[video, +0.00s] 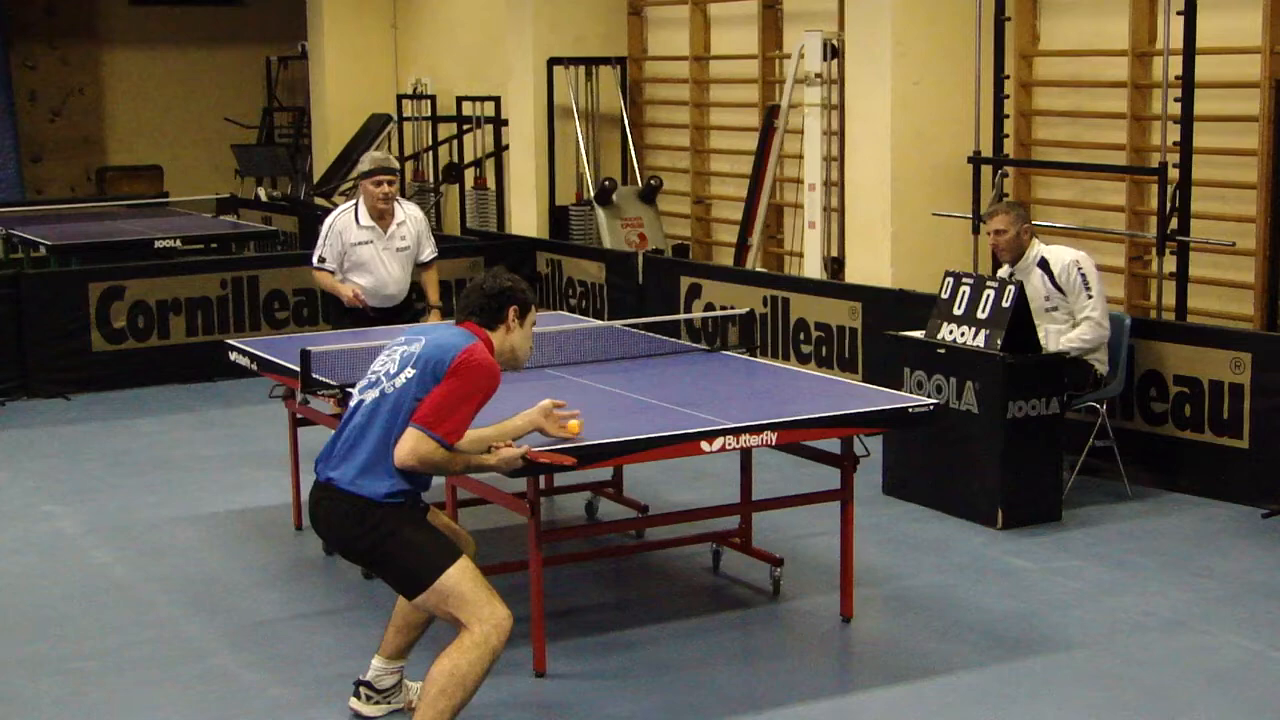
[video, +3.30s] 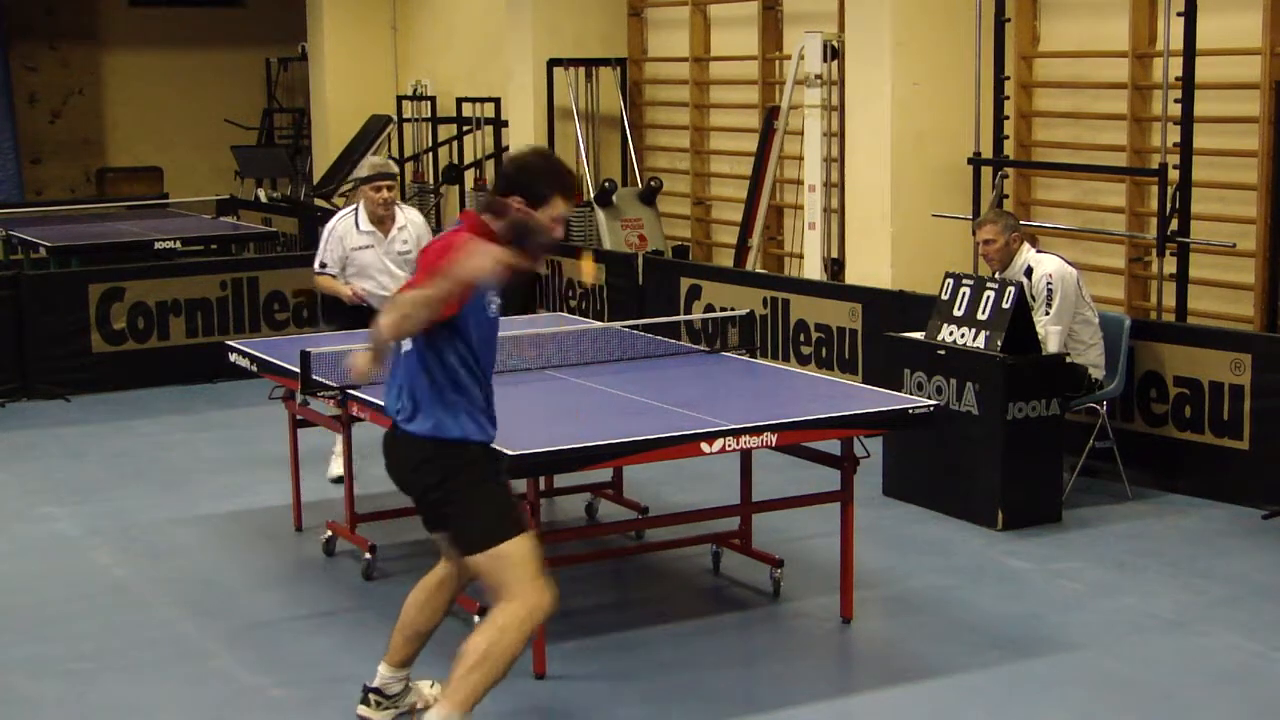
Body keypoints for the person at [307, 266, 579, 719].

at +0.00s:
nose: (530, 342)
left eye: (531, 329)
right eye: (531, 328)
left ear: (473, 312)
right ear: (512, 318)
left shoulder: (424, 337)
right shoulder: (477, 360)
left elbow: (439, 445)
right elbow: (413, 453)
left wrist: (530, 419)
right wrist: (485, 460)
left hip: (335, 490)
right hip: (364, 506)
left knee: (458, 546)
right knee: (491, 621)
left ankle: (381, 682)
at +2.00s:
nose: (522, 324)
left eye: (522, 313)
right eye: (525, 314)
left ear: (467, 296)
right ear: (519, 313)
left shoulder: (420, 327)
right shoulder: (476, 349)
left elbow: (431, 433)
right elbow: (410, 440)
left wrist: (521, 424)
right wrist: (476, 447)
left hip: (325, 478)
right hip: (360, 497)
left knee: (445, 547)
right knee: (480, 619)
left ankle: (379, 684)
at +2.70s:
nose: (528, 302)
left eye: (529, 290)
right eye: (527, 289)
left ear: (471, 283)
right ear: (507, 286)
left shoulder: (426, 316)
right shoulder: (470, 333)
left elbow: (472, 418)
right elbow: (417, 435)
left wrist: (533, 374)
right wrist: (479, 427)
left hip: (340, 478)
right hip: (372, 494)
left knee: (450, 551)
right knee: (487, 622)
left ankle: (380, 684)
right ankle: (425, 714)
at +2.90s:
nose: (526, 240)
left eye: (525, 229)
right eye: (520, 229)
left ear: (476, 232)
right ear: (489, 232)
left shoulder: (417, 275)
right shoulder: (457, 291)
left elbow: (489, 358)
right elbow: (435, 410)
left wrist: (536, 282)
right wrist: (501, 374)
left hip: (363, 461)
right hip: (400, 476)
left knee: (441, 576)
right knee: (489, 619)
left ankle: (380, 685)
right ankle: (424, 715)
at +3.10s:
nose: (531, 195)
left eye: (527, 184)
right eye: (521, 186)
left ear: (488, 200)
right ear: (490, 199)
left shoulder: (471, 260)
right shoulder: (435, 262)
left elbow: (446, 352)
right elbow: (395, 359)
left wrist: (499, 348)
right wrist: (450, 305)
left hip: (433, 448)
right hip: (416, 454)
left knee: (450, 575)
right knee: (489, 618)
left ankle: (387, 684)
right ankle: (425, 714)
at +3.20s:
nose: (546, 206)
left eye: (545, 194)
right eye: (539, 194)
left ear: (500, 199)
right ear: (503, 200)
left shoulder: (481, 257)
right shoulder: (448, 255)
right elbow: (382, 344)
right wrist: (404, 272)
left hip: (448, 444)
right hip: (431, 450)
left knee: (454, 575)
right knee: (491, 618)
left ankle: (389, 688)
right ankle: (423, 714)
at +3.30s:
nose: (561, 232)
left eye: (564, 221)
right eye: (558, 219)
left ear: (514, 204)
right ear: (519, 206)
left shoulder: (475, 240)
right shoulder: (473, 252)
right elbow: (406, 308)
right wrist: (378, 344)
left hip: (419, 440)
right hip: (446, 446)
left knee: (457, 565)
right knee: (530, 595)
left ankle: (387, 686)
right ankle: (444, 715)